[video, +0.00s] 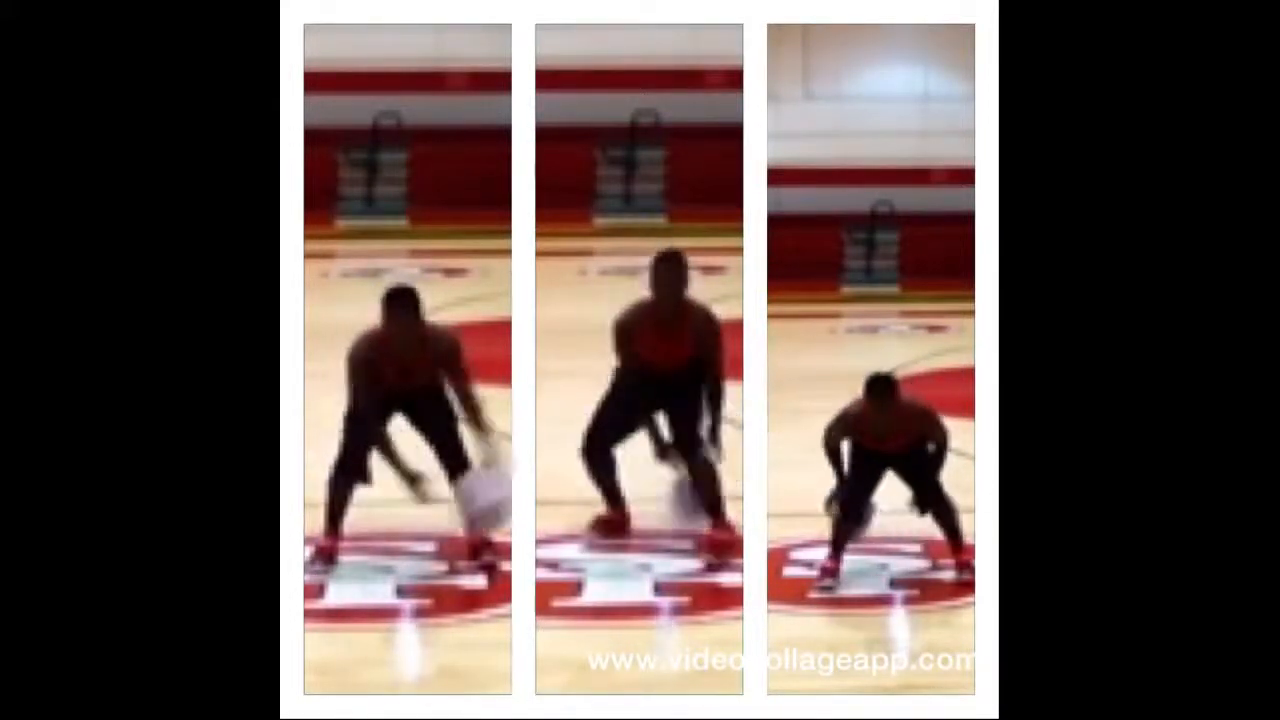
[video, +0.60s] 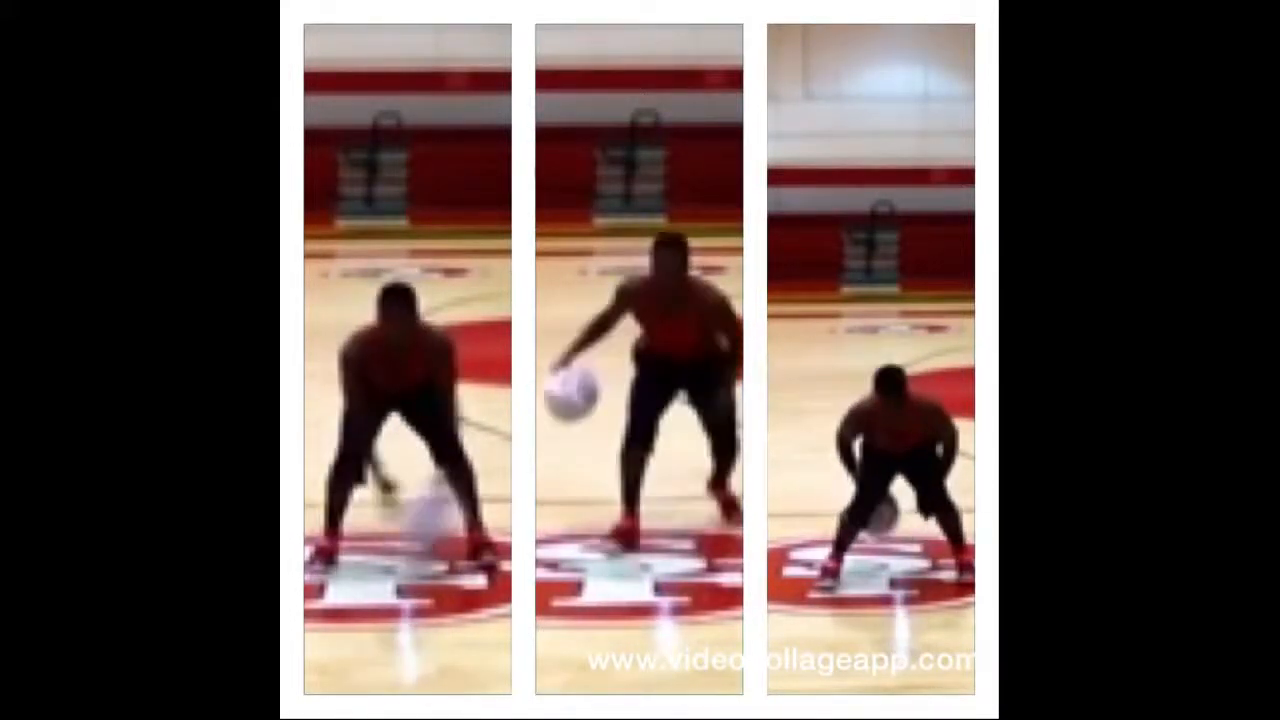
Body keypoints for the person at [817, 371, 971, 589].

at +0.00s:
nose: (881, 413)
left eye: (886, 406)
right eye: (875, 407)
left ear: (896, 399)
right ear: (867, 401)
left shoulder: (918, 414)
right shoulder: (856, 415)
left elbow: (941, 442)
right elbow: (831, 440)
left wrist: (926, 486)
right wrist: (841, 479)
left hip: (910, 453)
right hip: (868, 454)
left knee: (936, 500)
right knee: (850, 504)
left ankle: (960, 555)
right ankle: (833, 560)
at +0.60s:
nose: (890, 407)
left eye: (896, 400)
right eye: (885, 400)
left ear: (905, 393)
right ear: (877, 394)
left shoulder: (928, 411)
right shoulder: (864, 412)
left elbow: (950, 439)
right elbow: (843, 441)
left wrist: (937, 479)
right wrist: (858, 477)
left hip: (919, 454)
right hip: (878, 454)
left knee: (939, 502)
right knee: (862, 505)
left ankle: (961, 556)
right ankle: (835, 559)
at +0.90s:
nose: (900, 407)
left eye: (905, 401)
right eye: (895, 401)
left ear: (913, 394)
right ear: (885, 394)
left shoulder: (929, 412)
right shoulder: (869, 411)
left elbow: (942, 445)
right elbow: (836, 449)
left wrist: (939, 479)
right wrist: (846, 493)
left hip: (913, 455)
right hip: (873, 456)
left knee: (942, 503)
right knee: (858, 511)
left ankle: (961, 558)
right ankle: (835, 560)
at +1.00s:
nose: (892, 406)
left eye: (897, 400)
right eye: (886, 400)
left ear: (905, 393)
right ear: (876, 394)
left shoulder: (925, 412)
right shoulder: (861, 411)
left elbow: (939, 444)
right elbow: (837, 444)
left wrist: (919, 484)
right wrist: (849, 478)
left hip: (911, 454)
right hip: (870, 455)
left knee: (936, 504)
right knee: (855, 507)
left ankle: (961, 557)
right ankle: (834, 559)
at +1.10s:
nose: (887, 405)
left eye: (892, 397)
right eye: (882, 398)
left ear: (900, 391)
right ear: (872, 393)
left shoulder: (921, 410)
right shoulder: (859, 410)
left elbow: (944, 437)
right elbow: (834, 436)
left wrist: (932, 472)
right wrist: (847, 473)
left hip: (912, 453)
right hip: (870, 454)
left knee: (934, 502)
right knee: (848, 504)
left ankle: (961, 558)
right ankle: (833, 561)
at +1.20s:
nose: (893, 405)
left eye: (898, 398)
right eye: (887, 398)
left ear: (907, 392)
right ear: (878, 392)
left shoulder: (924, 410)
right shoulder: (863, 410)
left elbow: (945, 438)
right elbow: (837, 441)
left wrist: (932, 478)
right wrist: (853, 475)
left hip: (913, 453)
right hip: (873, 454)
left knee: (938, 503)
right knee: (855, 506)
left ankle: (962, 558)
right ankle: (833, 561)